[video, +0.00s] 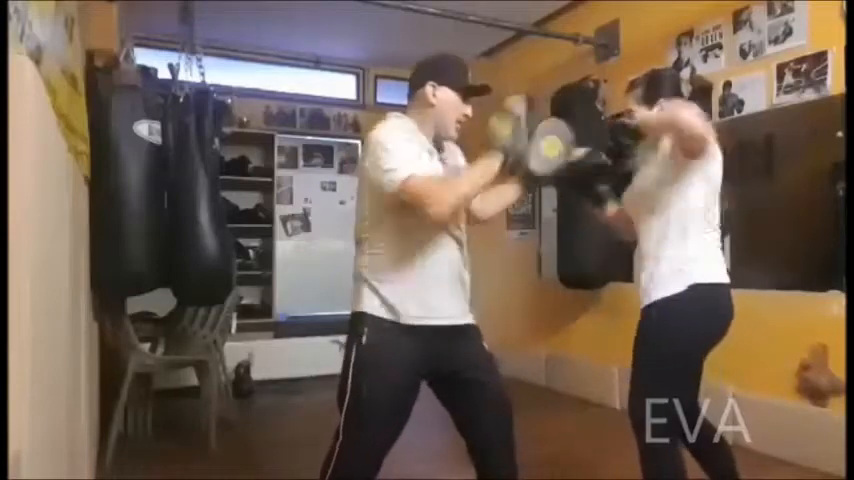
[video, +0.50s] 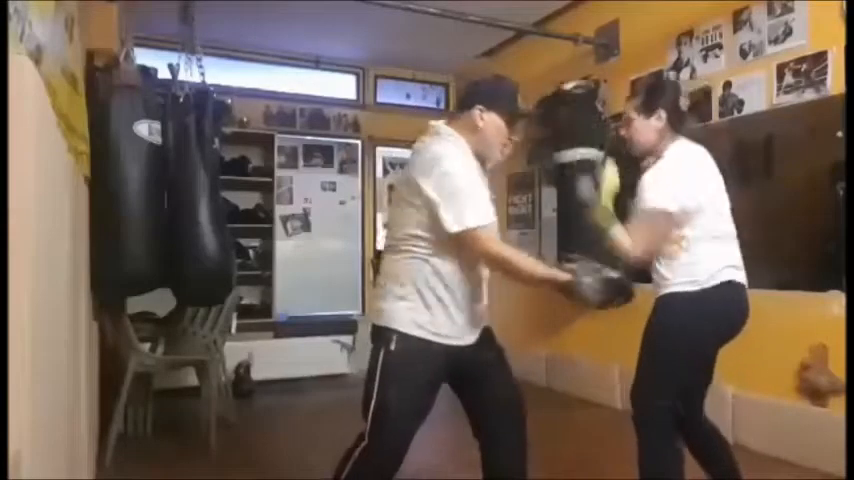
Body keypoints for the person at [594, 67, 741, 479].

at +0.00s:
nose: (629, 118)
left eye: (634, 109)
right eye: (628, 111)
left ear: (657, 107)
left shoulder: (694, 150)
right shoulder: (649, 167)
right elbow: (634, 230)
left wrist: (640, 120)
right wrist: (597, 198)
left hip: (692, 295)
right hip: (665, 299)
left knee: (648, 413)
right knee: (682, 410)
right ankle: (727, 472)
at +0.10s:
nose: (635, 120)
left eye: (641, 112)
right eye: (636, 113)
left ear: (667, 112)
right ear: (675, 113)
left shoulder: (674, 141)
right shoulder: (692, 154)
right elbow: (635, 224)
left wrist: (582, 123)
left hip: (682, 300)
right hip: (710, 297)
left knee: (650, 413)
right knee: (688, 412)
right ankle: (729, 472)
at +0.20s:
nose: (634, 130)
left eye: (640, 120)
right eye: (632, 122)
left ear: (670, 113)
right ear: (672, 114)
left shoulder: (670, 148)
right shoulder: (701, 150)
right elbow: (656, 236)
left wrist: (589, 153)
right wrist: (631, 193)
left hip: (680, 296)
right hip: (715, 294)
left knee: (651, 409)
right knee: (690, 410)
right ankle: (730, 474)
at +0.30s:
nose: (627, 136)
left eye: (633, 126)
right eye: (625, 127)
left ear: (663, 121)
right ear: (662, 121)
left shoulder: (677, 165)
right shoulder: (691, 159)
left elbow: (666, 252)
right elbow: (672, 246)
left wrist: (627, 218)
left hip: (687, 295)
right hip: (718, 294)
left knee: (645, 400)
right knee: (685, 408)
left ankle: (656, 473)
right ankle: (727, 472)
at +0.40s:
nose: (619, 140)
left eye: (625, 130)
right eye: (619, 131)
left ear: (655, 130)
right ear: (657, 130)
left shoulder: (666, 178)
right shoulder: (693, 166)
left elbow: (663, 263)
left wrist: (613, 260)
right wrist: (629, 248)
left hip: (694, 304)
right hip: (727, 300)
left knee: (647, 407)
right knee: (684, 415)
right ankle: (727, 473)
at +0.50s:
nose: (623, 131)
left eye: (630, 120)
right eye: (623, 121)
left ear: (659, 118)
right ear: (659, 119)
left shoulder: (666, 171)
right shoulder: (692, 157)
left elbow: (637, 250)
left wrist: (601, 212)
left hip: (690, 300)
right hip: (718, 294)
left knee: (650, 404)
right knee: (686, 411)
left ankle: (662, 474)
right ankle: (728, 474)